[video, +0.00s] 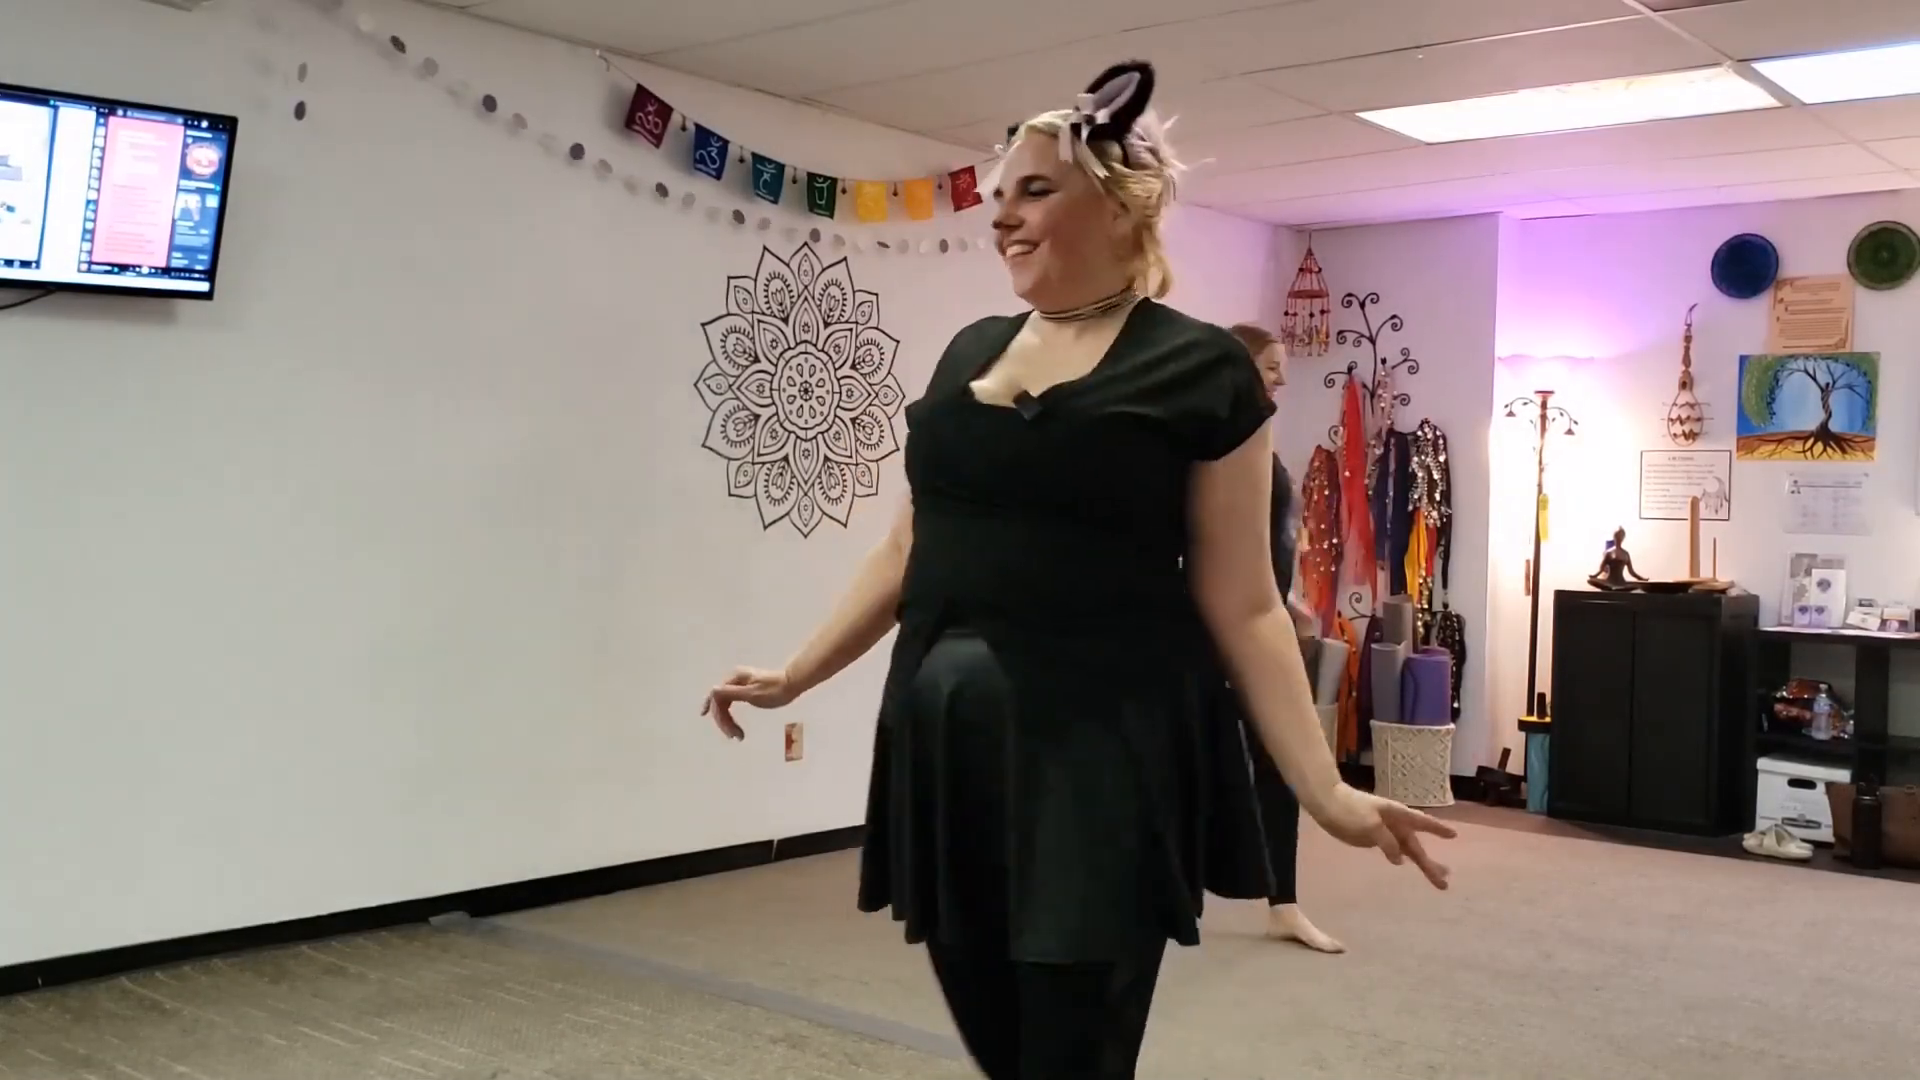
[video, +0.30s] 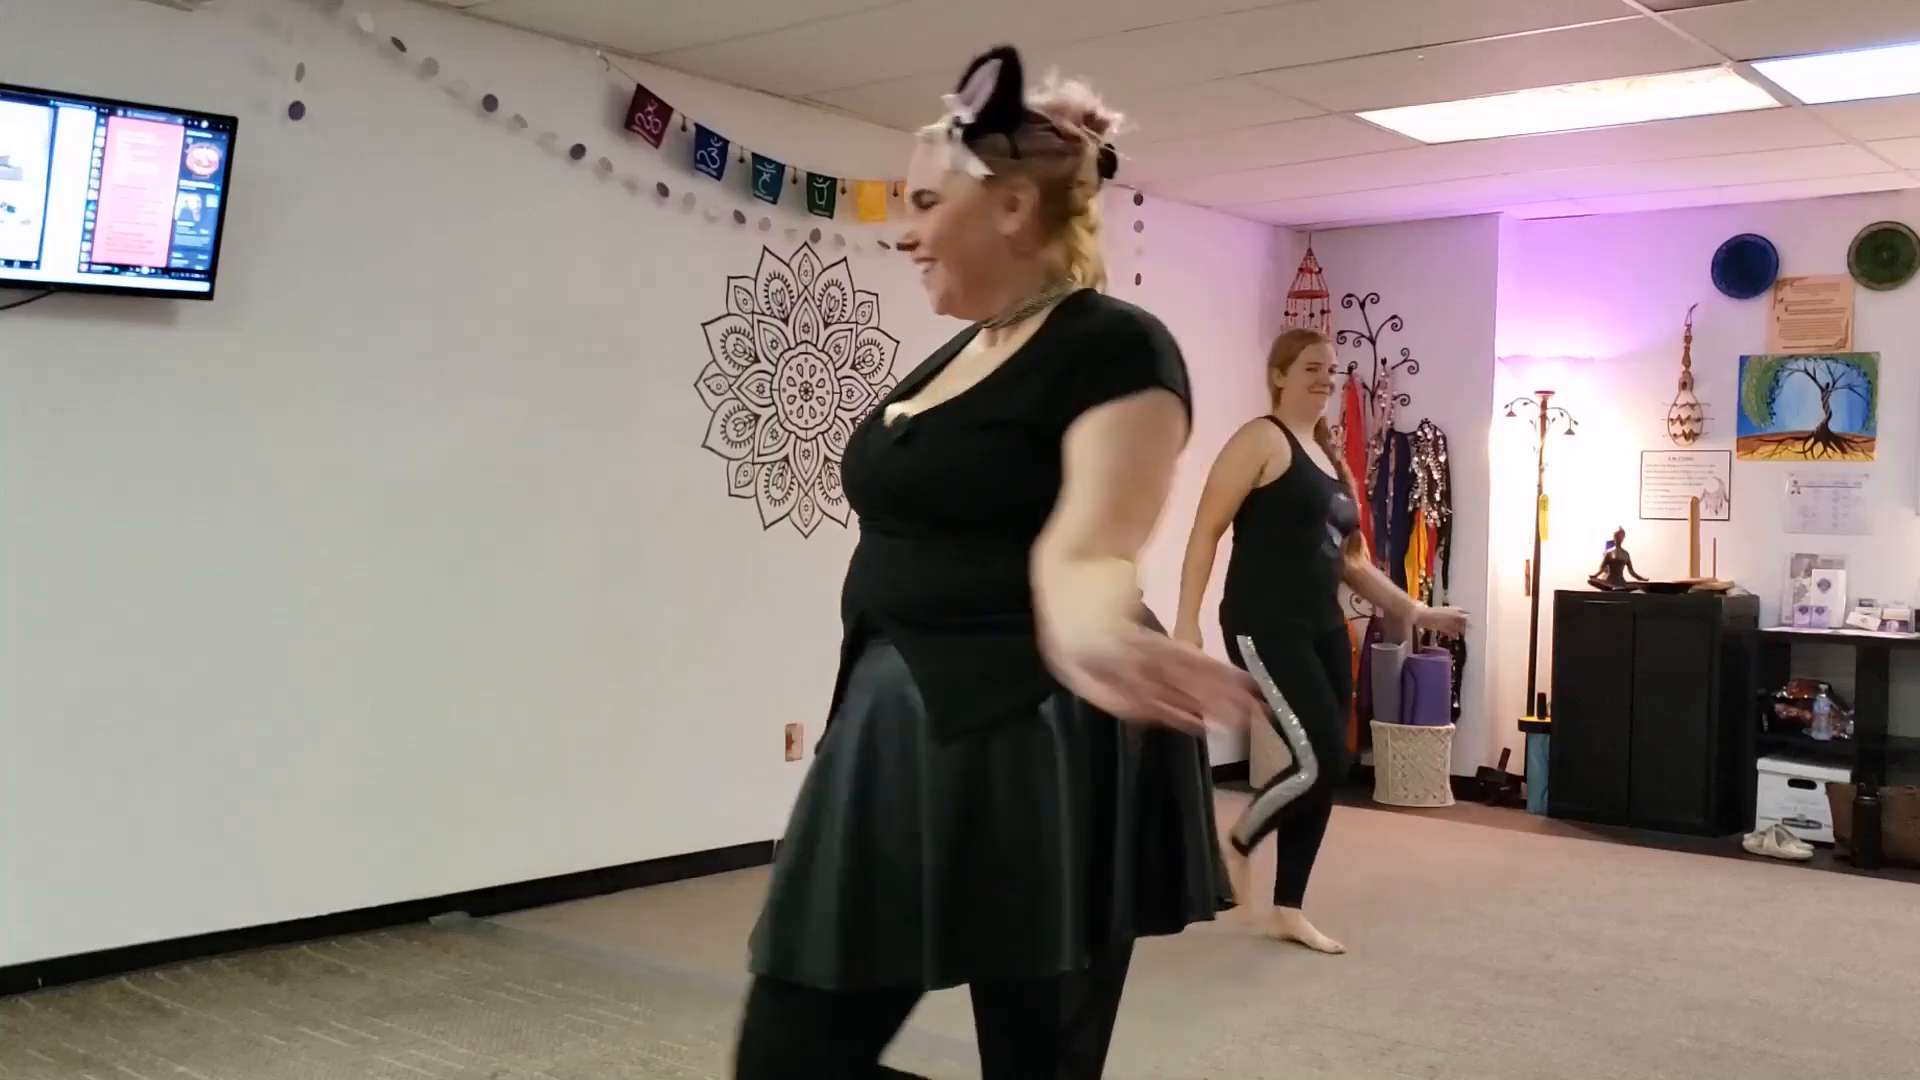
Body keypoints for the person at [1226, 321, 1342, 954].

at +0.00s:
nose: (1277, 384)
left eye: (1280, 373)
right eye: (1268, 371)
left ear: (1278, 377)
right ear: (1234, 371)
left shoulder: (1270, 464)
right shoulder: (1208, 455)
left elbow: (1276, 551)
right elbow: (1213, 556)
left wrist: (1291, 604)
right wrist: (1279, 607)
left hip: (1266, 623)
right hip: (1213, 622)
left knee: (1281, 760)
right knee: (1187, 753)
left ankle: (1284, 903)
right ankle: (1163, 900)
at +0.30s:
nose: (1326, 379)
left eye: (1331, 370)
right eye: (1312, 369)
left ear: (1334, 381)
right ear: (1279, 376)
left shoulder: (1329, 454)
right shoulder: (1261, 438)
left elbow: (1348, 560)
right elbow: (1206, 532)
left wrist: (1415, 611)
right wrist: (1186, 624)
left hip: (1325, 624)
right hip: (1263, 622)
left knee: (1326, 764)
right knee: (1320, 761)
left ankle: (1287, 907)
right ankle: (1236, 842)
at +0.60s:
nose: (1327, 366)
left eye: (1339, 355)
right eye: (1314, 357)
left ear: (1361, 368)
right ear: (1300, 369)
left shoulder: (1384, 454)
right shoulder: (1273, 440)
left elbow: (1412, 547)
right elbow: (1217, 523)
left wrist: (1466, 594)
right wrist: (1168, 598)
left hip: (1358, 627)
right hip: (1285, 623)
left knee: (1326, 768)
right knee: (1350, 761)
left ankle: (1286, 909)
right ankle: (1398, 925)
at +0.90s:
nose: (1305, 362)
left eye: (1318, 352)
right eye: (1299, 354)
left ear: (1356, 362)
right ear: (1297, 366)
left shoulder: (1406, 443)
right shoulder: (1283, 449)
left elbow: (1436, 525)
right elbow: (1255, 543)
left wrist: (1436, 569)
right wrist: (1219, 626)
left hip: (1392, 629)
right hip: (1315, 631)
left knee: (1369, 774)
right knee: (1360, 774)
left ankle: (1304, 897)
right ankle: (1391, 946)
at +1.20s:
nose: (1306, 362)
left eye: (1315, 352)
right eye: (1308, 352)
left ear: (1347, 362)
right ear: (1343, 363)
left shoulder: (1392, 433)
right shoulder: (1326, 435)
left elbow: (1413, 534)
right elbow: (1320, 539)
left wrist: (1358, 613)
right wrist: (1300, 623)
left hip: (1390, 630)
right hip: (1322, 630)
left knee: (1376, 788)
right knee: (1352, 792)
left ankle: (1436, 882)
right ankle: (1388, 949)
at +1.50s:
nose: (1399, 358)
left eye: (1395, 347)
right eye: (1395, 348)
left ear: (1330, 351)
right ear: (1380, 355)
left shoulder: (1337, 423)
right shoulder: (1387, 430)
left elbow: (1335, 521)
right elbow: (1382, 527)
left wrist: (1311, 613)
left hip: (1341, 617)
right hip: (1393, 619)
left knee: (1251, 736)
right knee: (1367, 783)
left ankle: (1292, 906)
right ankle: (1403, 948)